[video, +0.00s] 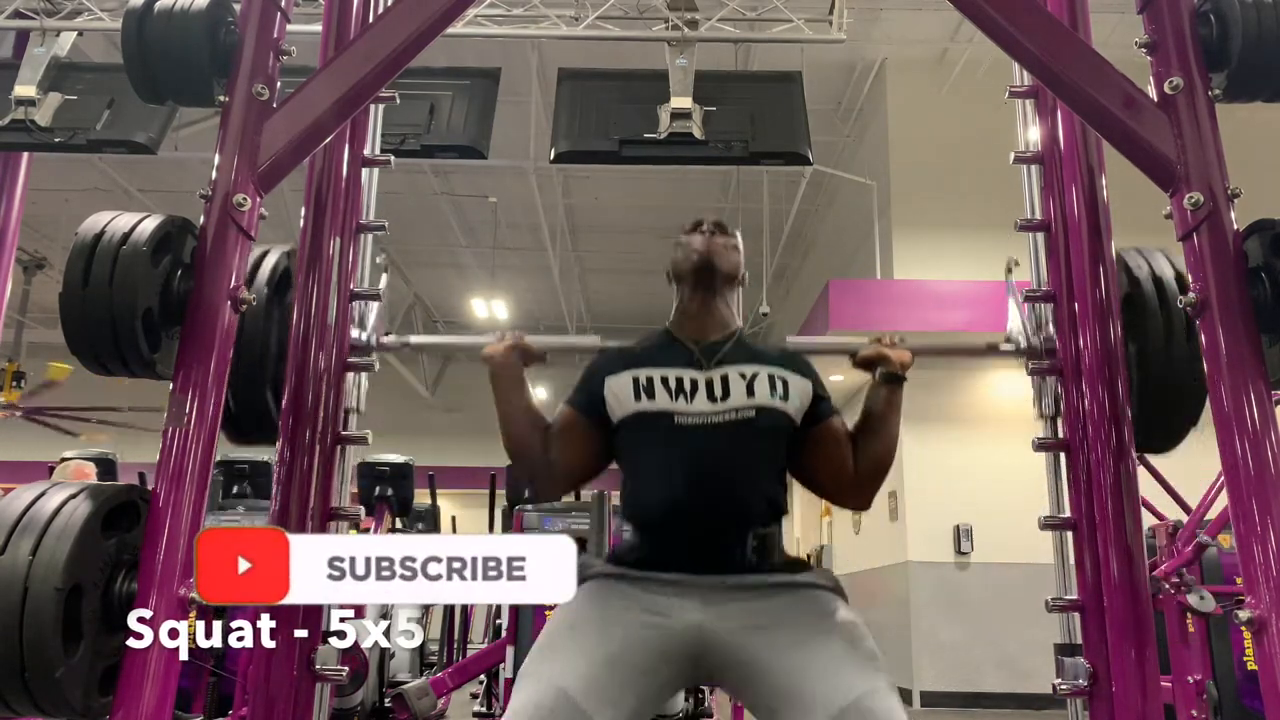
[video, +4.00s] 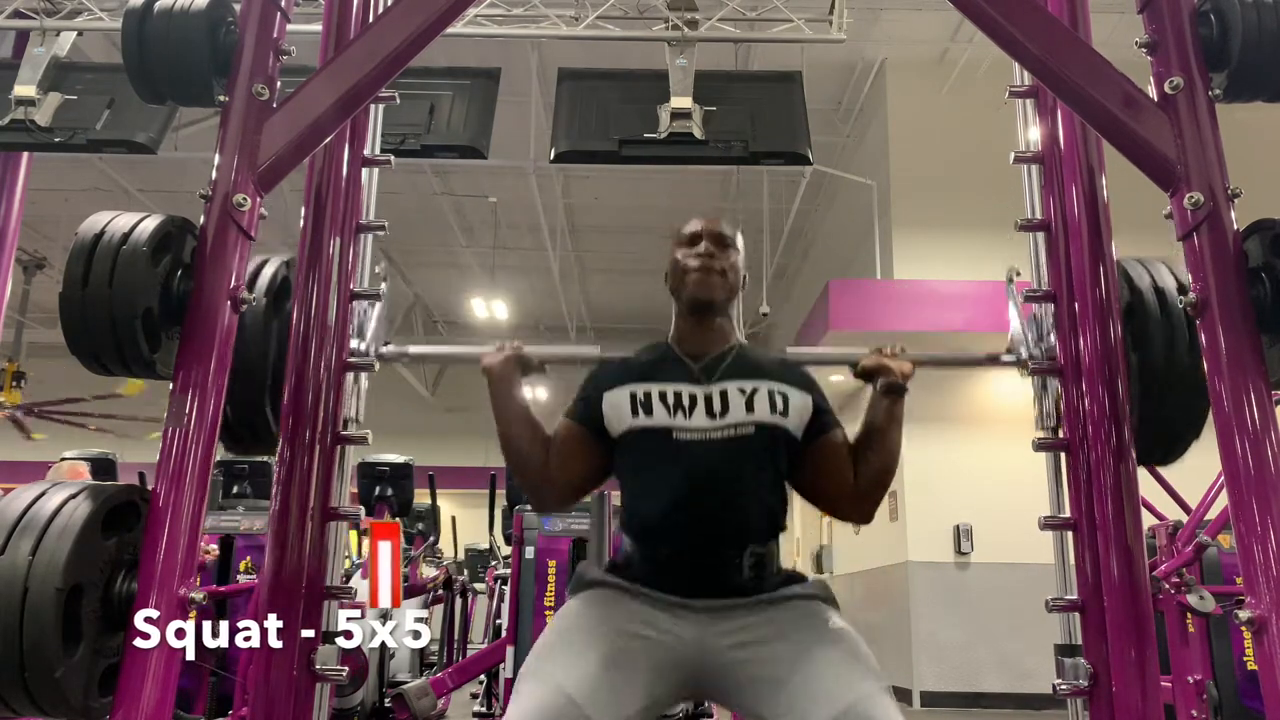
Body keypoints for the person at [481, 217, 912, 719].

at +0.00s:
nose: (704, 230)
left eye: (721, 232)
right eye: (692, 231)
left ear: (742, 273)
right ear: (671, 271)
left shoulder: (787, 373)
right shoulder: (617, 370)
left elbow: (855, 487)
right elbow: (543, 477)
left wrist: (889, 383)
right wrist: (504, 368)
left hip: (773, 600)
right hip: (631, 597)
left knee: (871, 711)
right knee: (536, 711)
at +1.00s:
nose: (708, 254)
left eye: (724, 250)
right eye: (692, 248)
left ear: (743, 286)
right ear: (669, 282)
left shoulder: (787, 388)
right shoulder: (616, 386)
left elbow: (855, 508)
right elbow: (547, 495)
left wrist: (889, 404)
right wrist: (503, 390)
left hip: (767, 619)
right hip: (632, 615)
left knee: (879, 714)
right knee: (529, 712)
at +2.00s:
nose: (705, 430)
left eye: (721, 422)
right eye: (688, 421)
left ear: (744, 454)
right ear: (665, 450)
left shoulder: (793, 569)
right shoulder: (607, 563)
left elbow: (862, 692)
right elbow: (539, 679)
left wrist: (899, 573)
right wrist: (495, 570)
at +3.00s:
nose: (706, 200)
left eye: (723, 198)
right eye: (692, 196)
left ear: (743, 234)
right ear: (670, 232)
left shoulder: (790, 335)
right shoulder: (619, 331)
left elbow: (857, 450)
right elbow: (549, 436)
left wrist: (887, 348)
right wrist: (505, 331)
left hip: (774, 567)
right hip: (636, 560)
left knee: (849, 711)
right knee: (560, 709)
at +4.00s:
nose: (707, 252)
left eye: (722, 246)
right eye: (691, 243)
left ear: (741, 279)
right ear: (667, 274)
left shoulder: (787, 383)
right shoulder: (615, 382)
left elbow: (856, 501)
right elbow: (549, 488)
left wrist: (889, 397)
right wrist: (504, 386)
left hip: (767, 615)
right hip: (632, 611)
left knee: (871, 713)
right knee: (532, 712)